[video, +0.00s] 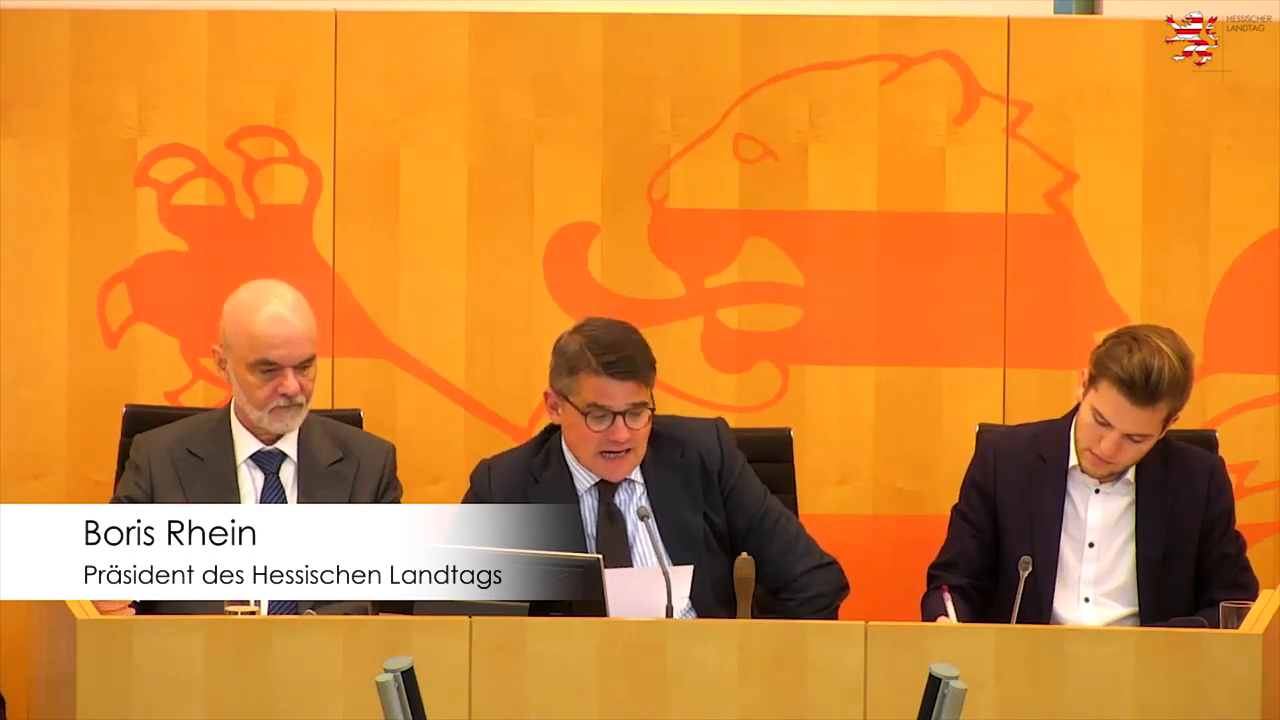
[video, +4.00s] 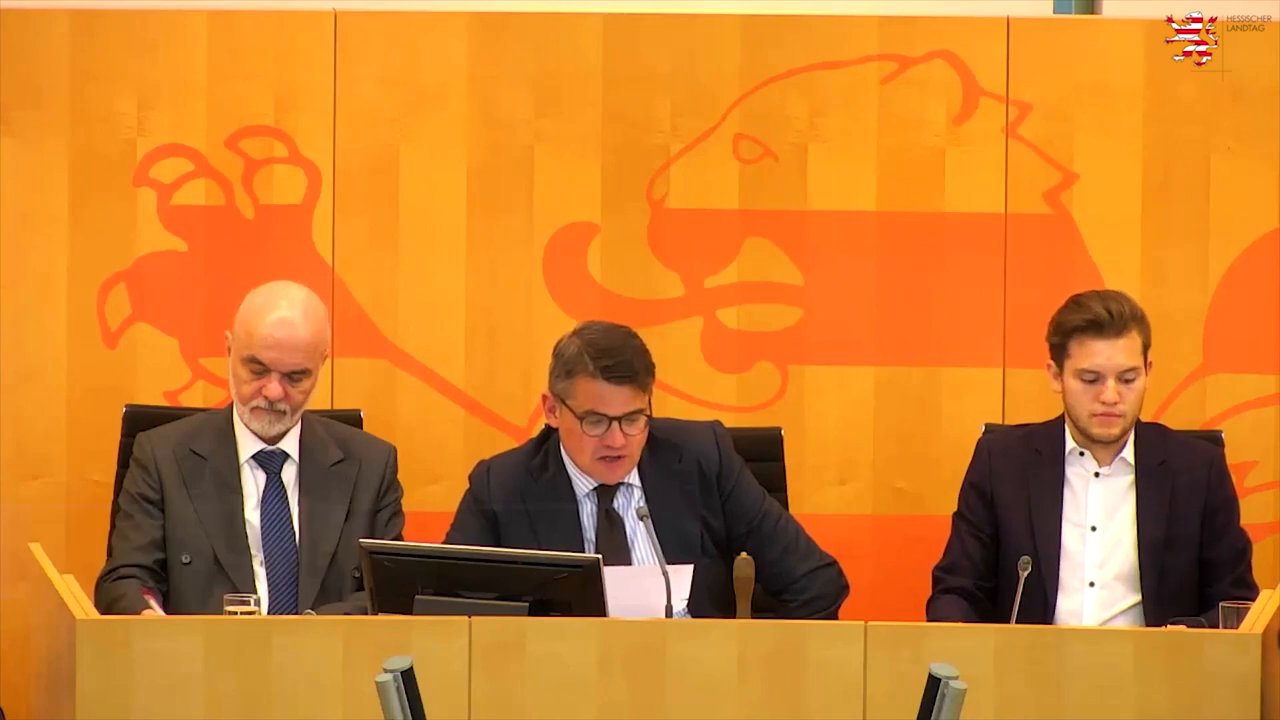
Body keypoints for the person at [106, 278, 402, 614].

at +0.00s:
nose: (292, 389)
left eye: (304, 367)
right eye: (267, 370)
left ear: (317, 357)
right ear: (222, 364)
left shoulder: (371, 461)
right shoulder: (155, 458)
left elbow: (391, 589)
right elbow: (113, 568)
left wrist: (308, 636)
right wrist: (109, 599)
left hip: (327, 666)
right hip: (191, 665)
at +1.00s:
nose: (268, 391)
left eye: (291, 375)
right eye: (252, 368)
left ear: (318, 365)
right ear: (225, 351)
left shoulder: (371, 463)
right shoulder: (157, 457)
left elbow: (386, 588)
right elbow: (116, 576)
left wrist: (312, 631)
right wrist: (145, 618)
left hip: (326, 665)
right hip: (193, 662)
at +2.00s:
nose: (271, 388)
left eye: (294, 371)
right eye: (254, 363)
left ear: (321, 363)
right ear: (228, 349)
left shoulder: (372, 464)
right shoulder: (159, 456)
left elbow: (384, 589)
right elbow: (118, 575)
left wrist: (312, 635)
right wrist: (148, 620)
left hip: (325, 666)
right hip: (196, 661)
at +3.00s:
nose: (275, 392)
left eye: (298, 376)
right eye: (258, 369)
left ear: (321, 364)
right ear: (228, 352)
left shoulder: (372, 464)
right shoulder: (159, 456)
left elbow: (391, 589)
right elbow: (116, 576)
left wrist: (314, 633)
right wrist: (144, 615)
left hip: (327, 667)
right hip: (196, 662)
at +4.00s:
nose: (274, 392)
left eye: (296, 376)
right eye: (257, 369)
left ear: (322, 362)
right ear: (229, 349)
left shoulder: (372, 464)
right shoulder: (160, 456)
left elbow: (391, 594)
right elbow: (125, 577)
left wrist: (315, 629)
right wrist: (147, 621)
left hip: (331, 676)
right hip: (198, 671)